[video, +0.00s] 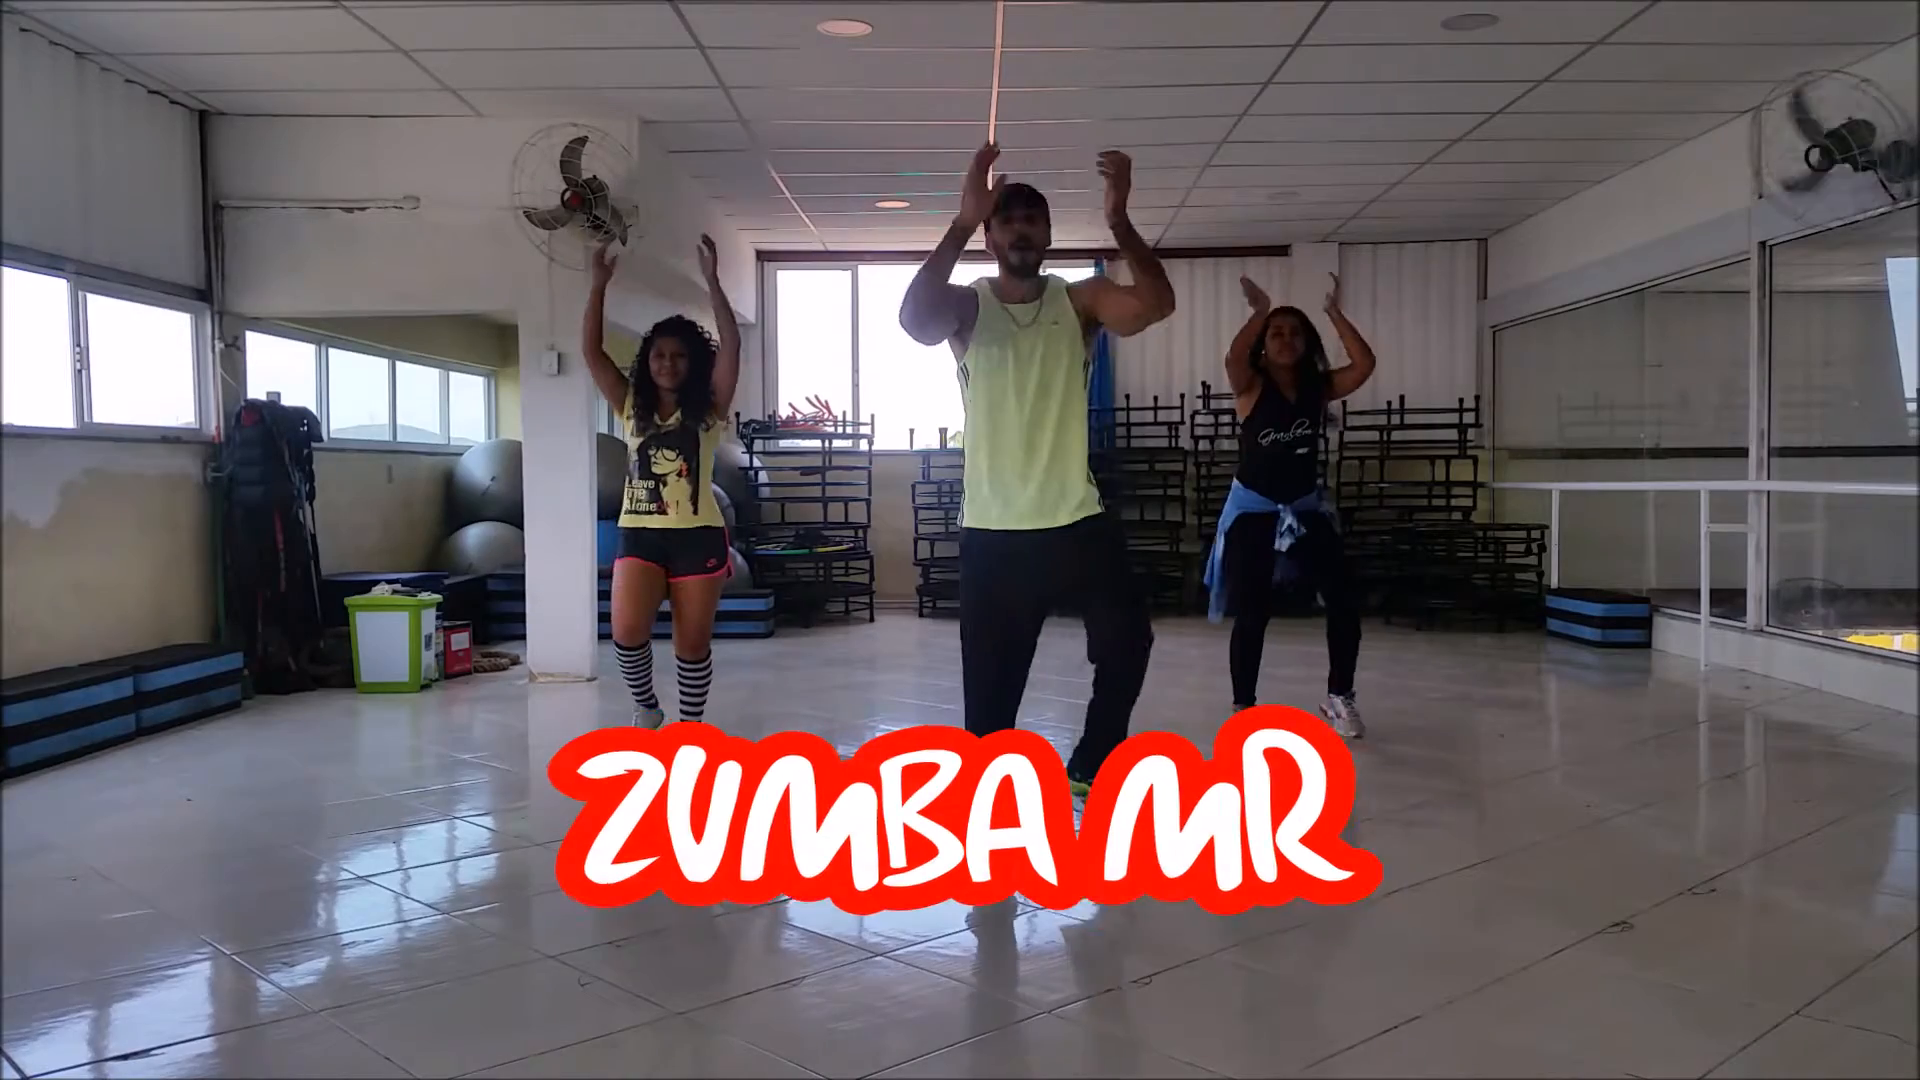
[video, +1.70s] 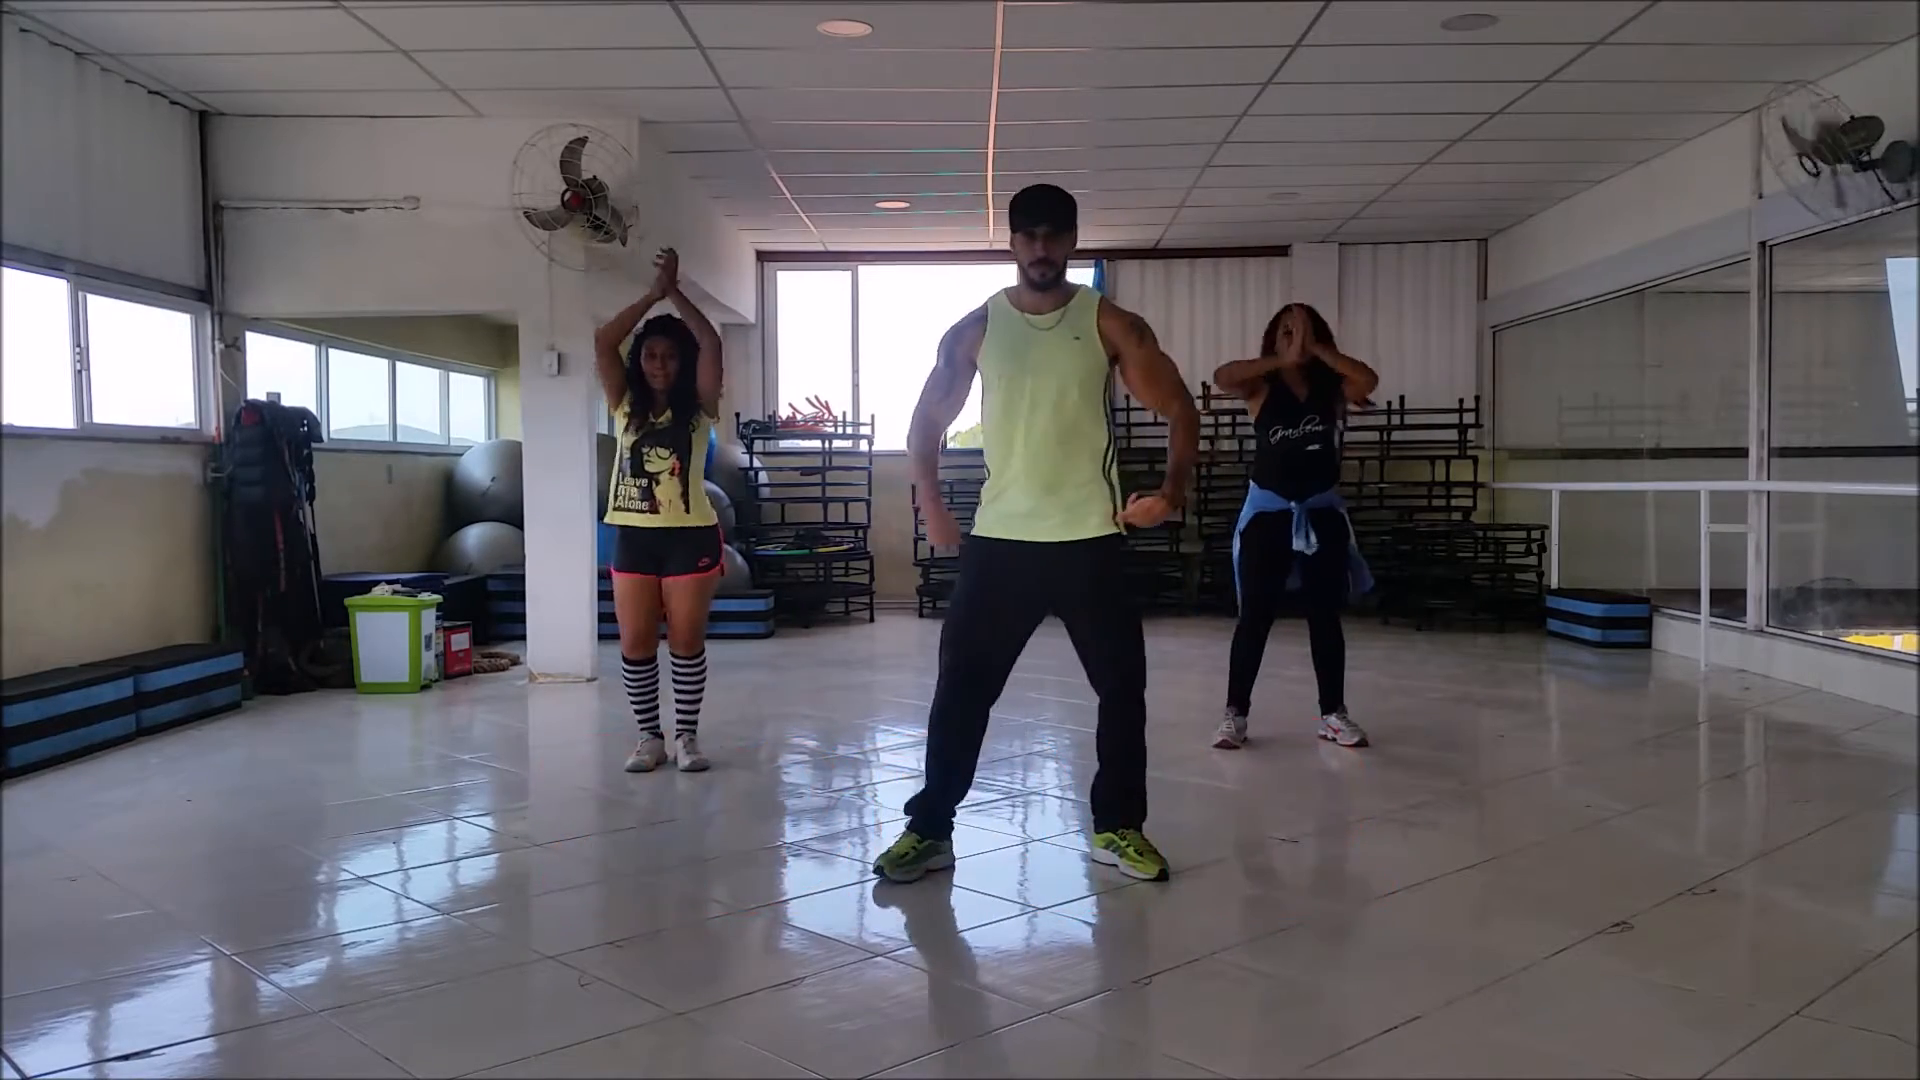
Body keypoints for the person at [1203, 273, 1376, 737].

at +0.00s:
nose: (1285, 340)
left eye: (1294, 333)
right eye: (1276, 334)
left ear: (1307, 344)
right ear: (1262, 344)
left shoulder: (1318, 387)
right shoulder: (1249, 386)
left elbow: (1362, 365)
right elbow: (1235, 357)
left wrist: (1335, 314)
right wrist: (1260, 312)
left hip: (1308, 513)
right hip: (1254, 514)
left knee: (1344, 600)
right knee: (1252, 613)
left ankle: (1340, 697)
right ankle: (1244, 710)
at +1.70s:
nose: (1293, 340)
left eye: (1301, 332)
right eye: (1285, 333)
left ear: (1316, 340)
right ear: (1274, 339)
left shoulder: (1334, 384)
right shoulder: (1259, 383)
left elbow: (1368, 381)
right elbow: (1222, 376)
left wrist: (1322, 350)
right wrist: (1282, 361)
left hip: (1322, 513)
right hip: (1266, 513)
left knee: (1326, 615)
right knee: (1255, 615)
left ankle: (1333, 716)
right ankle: (1235, 717)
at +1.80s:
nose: (1286, 338)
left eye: (1295, 331)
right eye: (1277, 332)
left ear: (1309, 342)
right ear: (1262, 343)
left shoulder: (1326, 390)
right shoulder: (1248, 387)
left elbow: (1375, 413)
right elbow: (1201, 402)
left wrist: (1327, 383)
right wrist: (1265, 390)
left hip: (1315, 515)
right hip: (1258, 515)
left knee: (1327, 614)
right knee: (1249, 615)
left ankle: (1335, 713)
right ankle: (1234, 715)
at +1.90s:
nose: (1278, 337)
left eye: (1287, 331)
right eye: (1269, 331)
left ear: (1300, 342)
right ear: (1254, 342)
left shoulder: (1317, 390)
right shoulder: (1239, 388)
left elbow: (1368, 434)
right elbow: (1191, 427)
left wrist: (1336, 428)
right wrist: (1239, 436)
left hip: (1309, 513)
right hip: (1252, 514)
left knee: (1343, 598)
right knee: (1245, 611)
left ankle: (1347, 705)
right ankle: (1234, 715)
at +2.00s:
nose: (1279, 335)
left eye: (1287, 329)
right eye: (1269, 329)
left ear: (1300, 339)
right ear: (1254, 339)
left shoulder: (1315, 390)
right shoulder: (1235, 387)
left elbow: (1350, 438)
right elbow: (1195, 444)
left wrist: (1362, 460)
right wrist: (1220, 476)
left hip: (1308, 511)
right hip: (1251, 512)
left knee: (1348, 598)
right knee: (1245, 611)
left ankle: (1365, 700)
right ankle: (1234, 715)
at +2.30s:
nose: (1298, 347)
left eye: (1306, 341)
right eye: (1288, 341)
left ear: (1319, 351)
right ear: (1273, 351)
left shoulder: (1339, 401)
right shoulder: (1255, 405)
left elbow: (1363, 467)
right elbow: (1233, 473)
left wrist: (1387, 528)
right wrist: (1221, 533)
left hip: (1332, 524)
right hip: (1274, 526)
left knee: (1363, 616)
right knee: (1260, 616)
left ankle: (1381, 716)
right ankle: (1225, 713)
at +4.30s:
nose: (1300, 362)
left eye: (1309, 355)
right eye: (1291, 355)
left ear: (1321, 364)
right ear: (1276, 364)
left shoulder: (1343, 415)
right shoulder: (1259, 418)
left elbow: (1359, 486)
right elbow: (1233, 488)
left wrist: (1368, 548)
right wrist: (1216, 552)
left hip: (1330, 534)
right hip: (1274, 533)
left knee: (1375, 618)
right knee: (1251, 621)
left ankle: (1383, 717)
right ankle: (1221, 716)